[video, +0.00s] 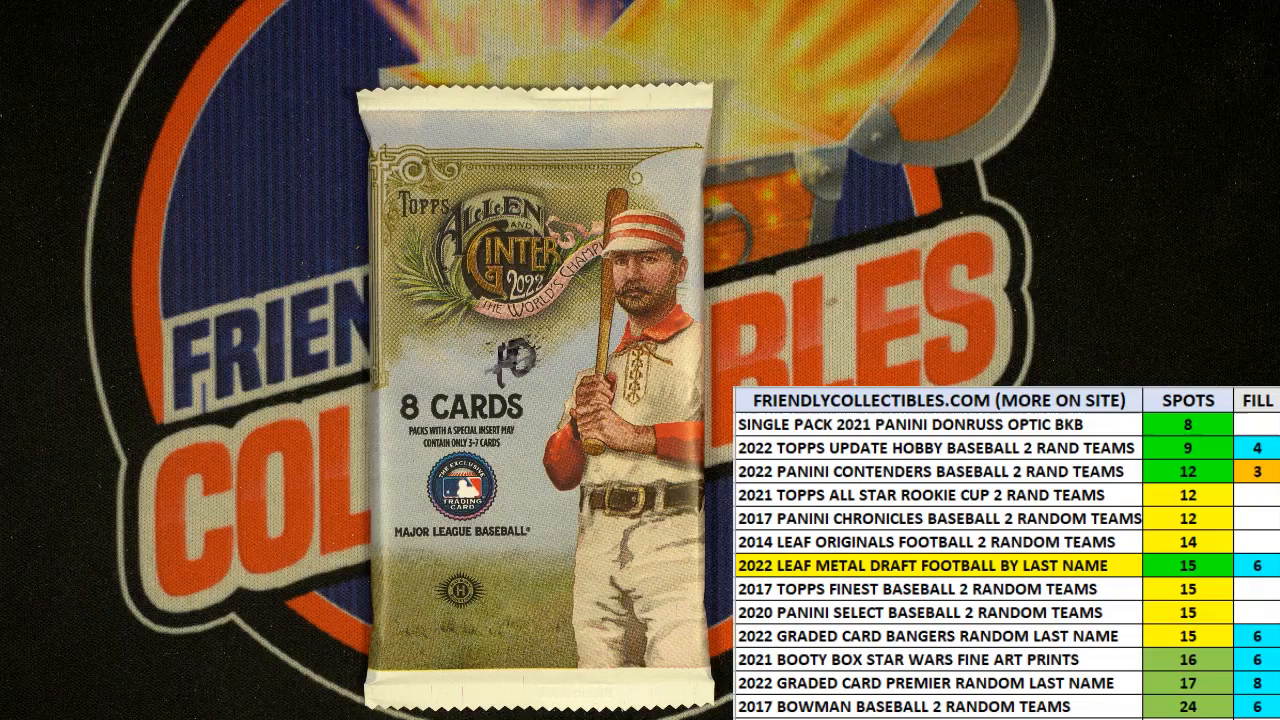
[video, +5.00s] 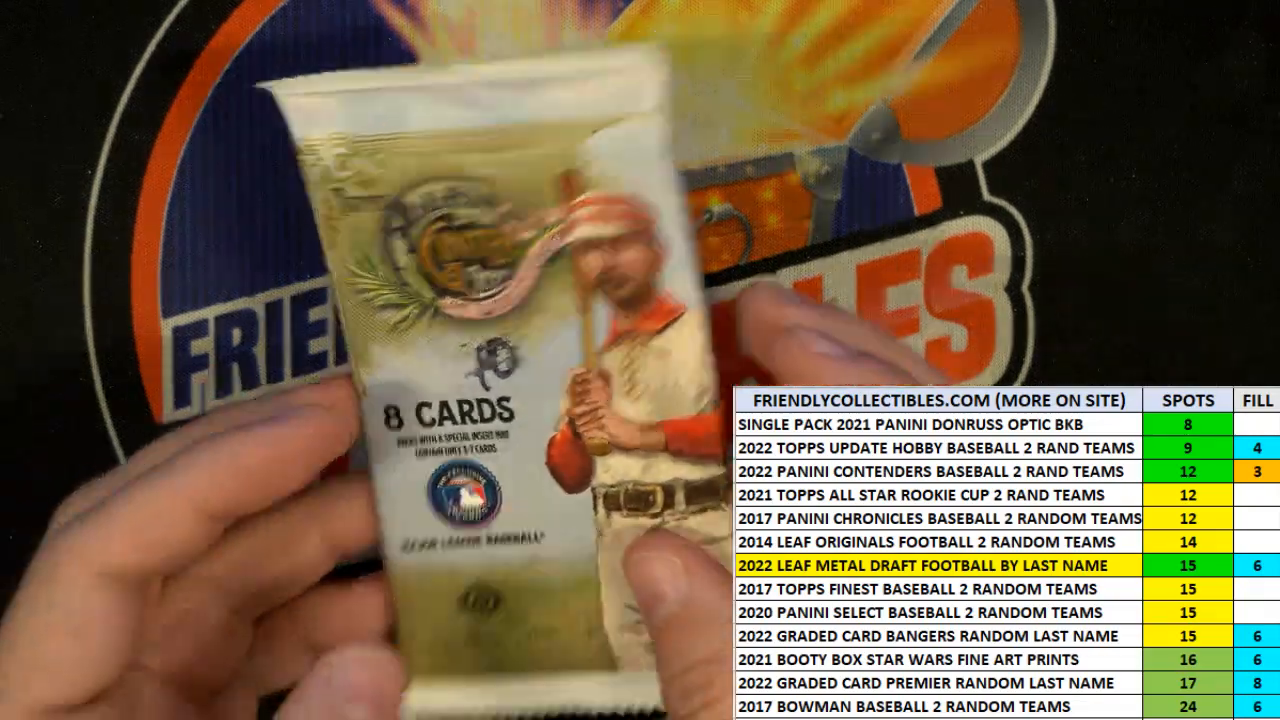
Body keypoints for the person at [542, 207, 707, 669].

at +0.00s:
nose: (631, 274)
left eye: (647, 259)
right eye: (620, 261)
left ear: (678, 270)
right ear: (609, 272)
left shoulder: (705, 345)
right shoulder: (605, 366)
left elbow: (724, 438)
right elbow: (561, 475)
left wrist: (631, 436)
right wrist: (577, 420)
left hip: (674, 529)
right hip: (597, 530)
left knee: (679, 684)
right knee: (600, 689)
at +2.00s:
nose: (631, 274)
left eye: (648, 259)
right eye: (620, 261)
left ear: (678, 270)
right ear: (609, 273)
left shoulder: (705, 346)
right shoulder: (604, 366)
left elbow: (724, 438)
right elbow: (561, 476)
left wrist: (632, 436)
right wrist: (577, 420)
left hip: (673, 530)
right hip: (597, 531)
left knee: (679, 685)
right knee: (601, 690)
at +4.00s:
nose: (631, 273)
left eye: (647, 259)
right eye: (620, 260)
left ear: (678, 270)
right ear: (609, 272)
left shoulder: (708, 346)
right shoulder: (602, 366)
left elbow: (727, 437)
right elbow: (561, 475)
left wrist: (632, 436)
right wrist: (577, 420)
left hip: (672, 528)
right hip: (597, 531)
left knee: (677, 683)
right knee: (601, 686)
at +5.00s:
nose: (605, 262)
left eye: (620, 243)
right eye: (589, 249)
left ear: (656, 252)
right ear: (580, 265)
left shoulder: (704, 332)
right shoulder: (599, 361)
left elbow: (743, 425)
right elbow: (570, 478)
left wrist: (644, 435)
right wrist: (575, 422)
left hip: (708, 533)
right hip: (621, 538)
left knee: (718, 678)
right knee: (643, 689)